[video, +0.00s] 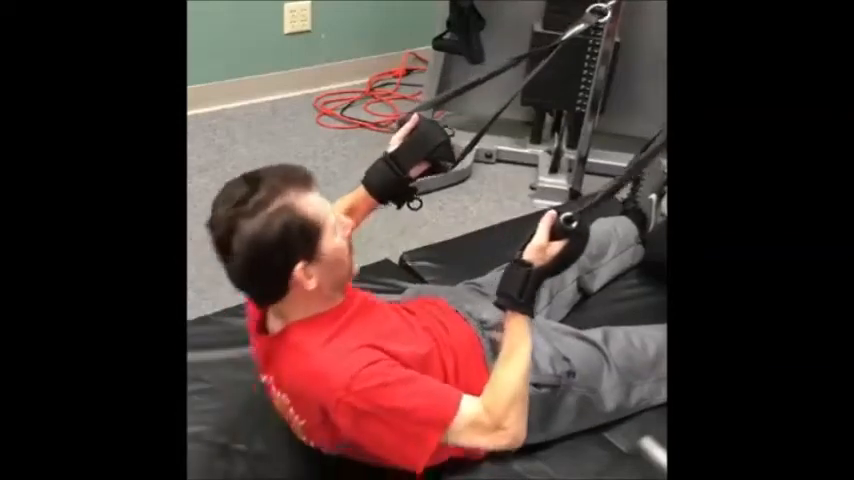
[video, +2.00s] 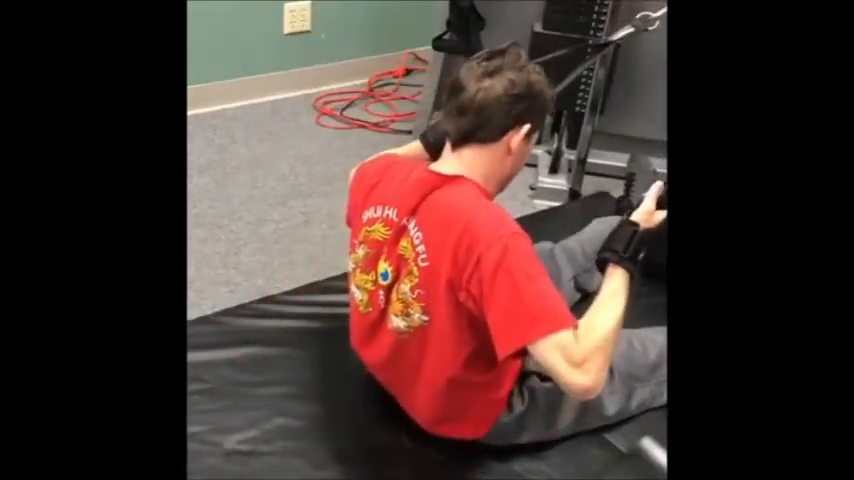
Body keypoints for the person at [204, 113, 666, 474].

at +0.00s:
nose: (344, 223)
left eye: (333, 217)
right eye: (333, 224)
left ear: (293, 276)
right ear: (304, 276)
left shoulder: (274, 300)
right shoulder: (351, 384)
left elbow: (336, 230)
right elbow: (500, 427)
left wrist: (385, 176)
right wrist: (524, 286)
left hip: (454, 306)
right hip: (508, 379)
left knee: (606, 230)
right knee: (656, 350)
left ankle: (638, 221)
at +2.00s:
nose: (527, 153)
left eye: (531, 141)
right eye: (531, 141)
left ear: (452, 118)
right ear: (518, 138)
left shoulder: (376, 181)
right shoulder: (489, 235)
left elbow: (368, 170)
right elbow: (584, 373)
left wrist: (446, 130)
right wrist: (626, 249)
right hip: (479, 409)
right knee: (663, 350)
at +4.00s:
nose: (382, 206)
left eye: (374, 197)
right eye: (373, 206)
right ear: (348, 248)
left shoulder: (286, 274)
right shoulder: (397, 368)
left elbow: (336, 202)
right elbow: (526, 424)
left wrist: (414, 162)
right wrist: (569, 298)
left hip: (460, 304)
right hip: (511, 369)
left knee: (544, 256)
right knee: (662, 347)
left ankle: (627, 224)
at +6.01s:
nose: (198, 417)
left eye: (183, 415)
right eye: (187, 438)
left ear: (186, 409)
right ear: (194, 474)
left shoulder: (222, 381)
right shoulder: (289, 475)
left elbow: (315, 300)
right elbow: (449, 457)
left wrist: (386, 214)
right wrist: (500, 329)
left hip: (426, 312)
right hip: (488, 385)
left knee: (552, 270)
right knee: (646, 352)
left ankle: (635, 221)